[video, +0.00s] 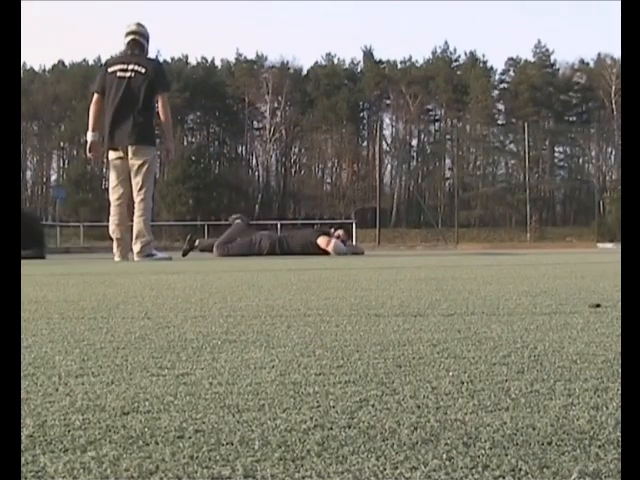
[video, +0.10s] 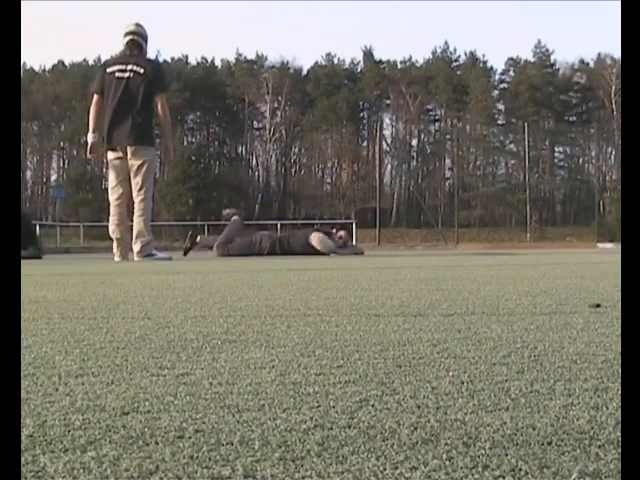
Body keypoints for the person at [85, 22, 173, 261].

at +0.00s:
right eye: (143, 40)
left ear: (125, 41)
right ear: (146, 43)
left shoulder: (109, 65)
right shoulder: (154, 67)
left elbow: (96, 101)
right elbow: (163, 106)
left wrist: (91, 133)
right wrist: (169, 138)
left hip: (114, 139)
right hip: (142, 139)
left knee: (117, 197)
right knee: (142, 196)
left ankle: (119, 251)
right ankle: (142, 248)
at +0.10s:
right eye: (142, 40)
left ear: (124, 41)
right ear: (144, 43)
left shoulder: (108, 66)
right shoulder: (153, 67)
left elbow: (96, 102)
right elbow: (162, 108)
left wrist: (92, 134)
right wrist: (168, 139)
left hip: (113, 138)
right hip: (141, 139)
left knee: (117, 197)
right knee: (142, 196)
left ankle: (119, 250)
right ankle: (142, 248)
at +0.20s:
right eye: (142, 41)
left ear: (123, 41)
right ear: (144, 43)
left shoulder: (107, 66)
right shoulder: (151, 68)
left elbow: (96, 103)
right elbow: (160, 108)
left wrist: (93, 136)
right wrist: (166, 138)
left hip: (112, 139)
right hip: (140, 140)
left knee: (117, 197)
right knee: (142, 196)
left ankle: (119, 250)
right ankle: (143, 248)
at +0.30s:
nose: (142, 47)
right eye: (144, 43)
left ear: (124, 42)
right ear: (144, 44)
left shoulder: (106, 66)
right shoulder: (150, 68)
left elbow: (96, 104)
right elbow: (158, 109)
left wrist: (95, 135)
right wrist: (164, 139)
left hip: (112, 139)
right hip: (141, 139)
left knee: (117, 197)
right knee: (142, 196)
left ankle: (119, 250)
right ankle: (142, 248)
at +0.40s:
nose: (145, 48)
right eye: (146, 44)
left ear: (125, 41)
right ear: (144, 44)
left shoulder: (106, 66)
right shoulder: (149, 67)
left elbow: (96, 105)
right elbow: (157, 112)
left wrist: (96, 136)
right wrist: (164, 139)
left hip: (112, 139)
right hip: (140, 140)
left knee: (117, 197)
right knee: (142, 196)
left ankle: (119, 250)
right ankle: (142, 248)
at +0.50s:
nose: (148, 50)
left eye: (147, 46)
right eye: (148, 46)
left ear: (127, 41)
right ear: (146, 44)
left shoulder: (106, 66)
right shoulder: (149, 67)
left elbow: (97, 105)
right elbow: (156, 103)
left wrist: (97, 137)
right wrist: (162, 136)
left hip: (113, 138)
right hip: (140, 138)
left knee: (117, 196)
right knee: (143, 195)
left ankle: (119, 250)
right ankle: (142, 248)